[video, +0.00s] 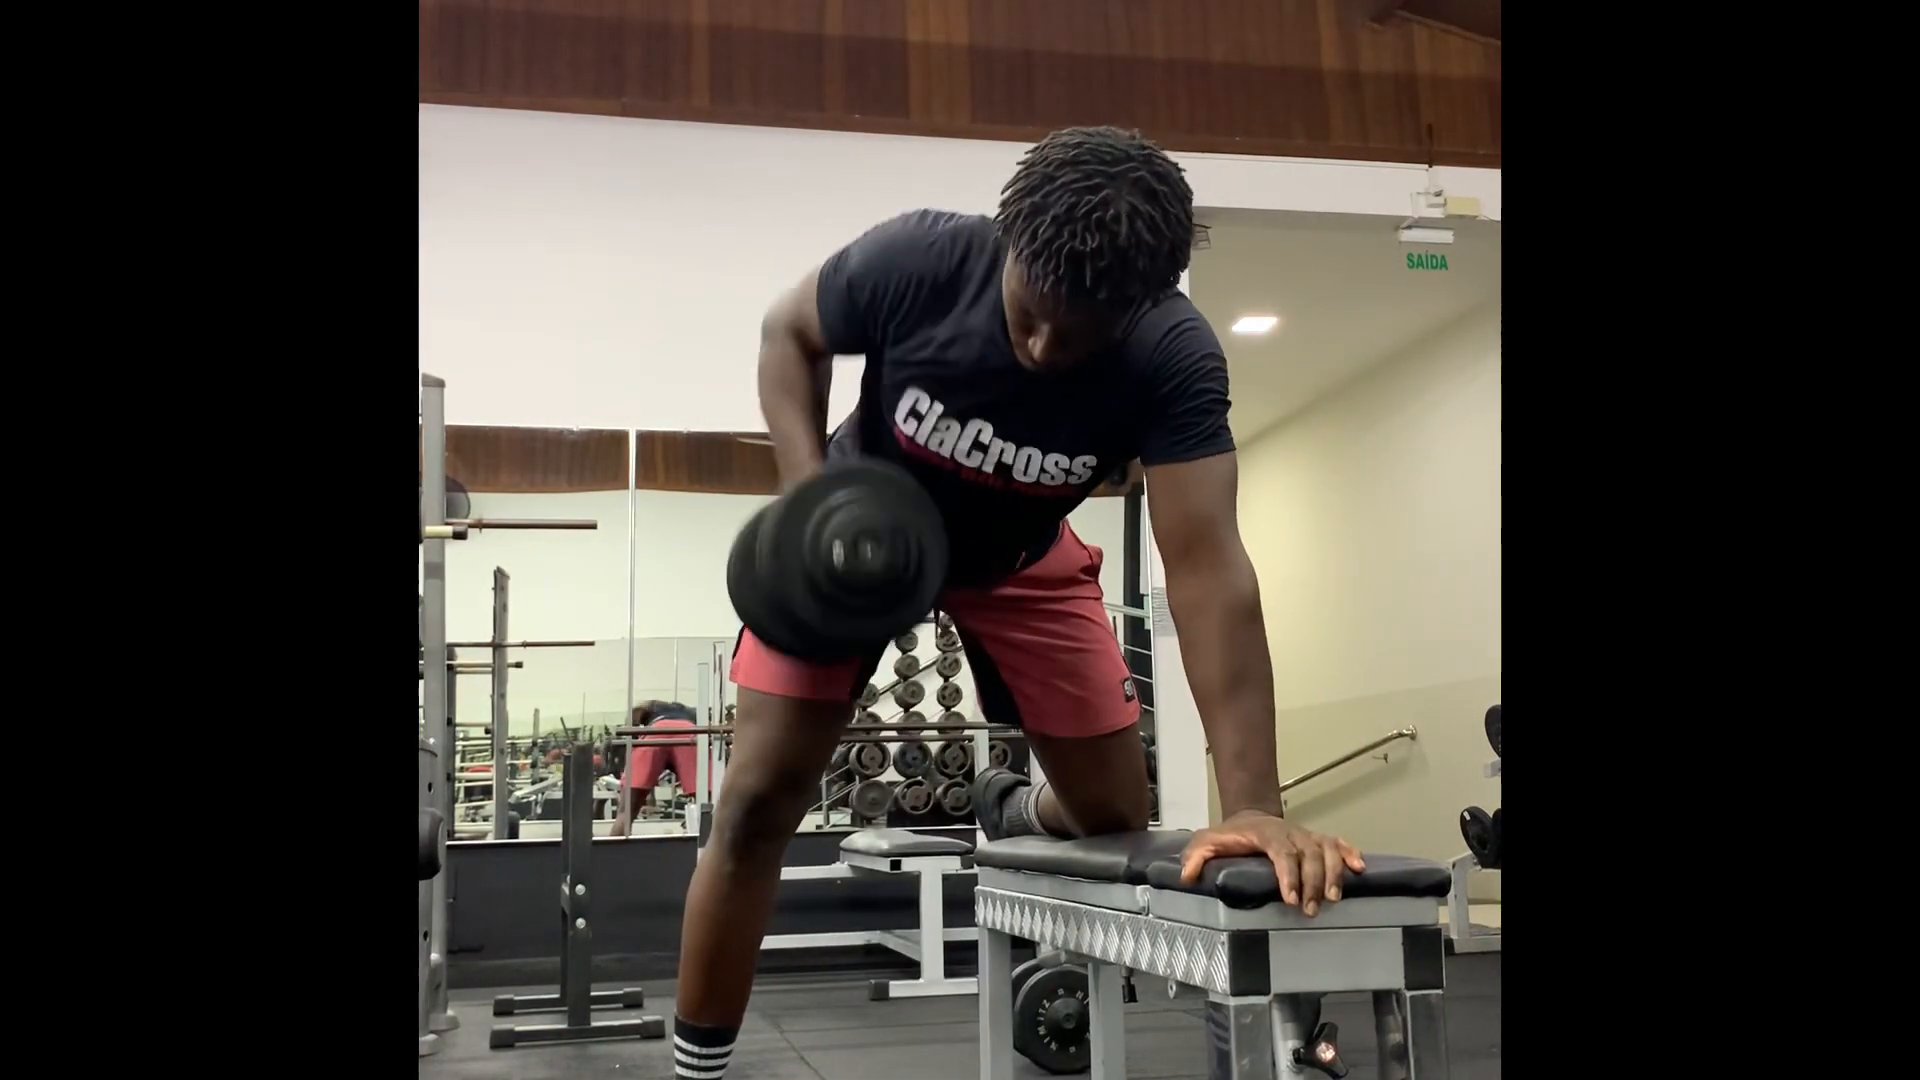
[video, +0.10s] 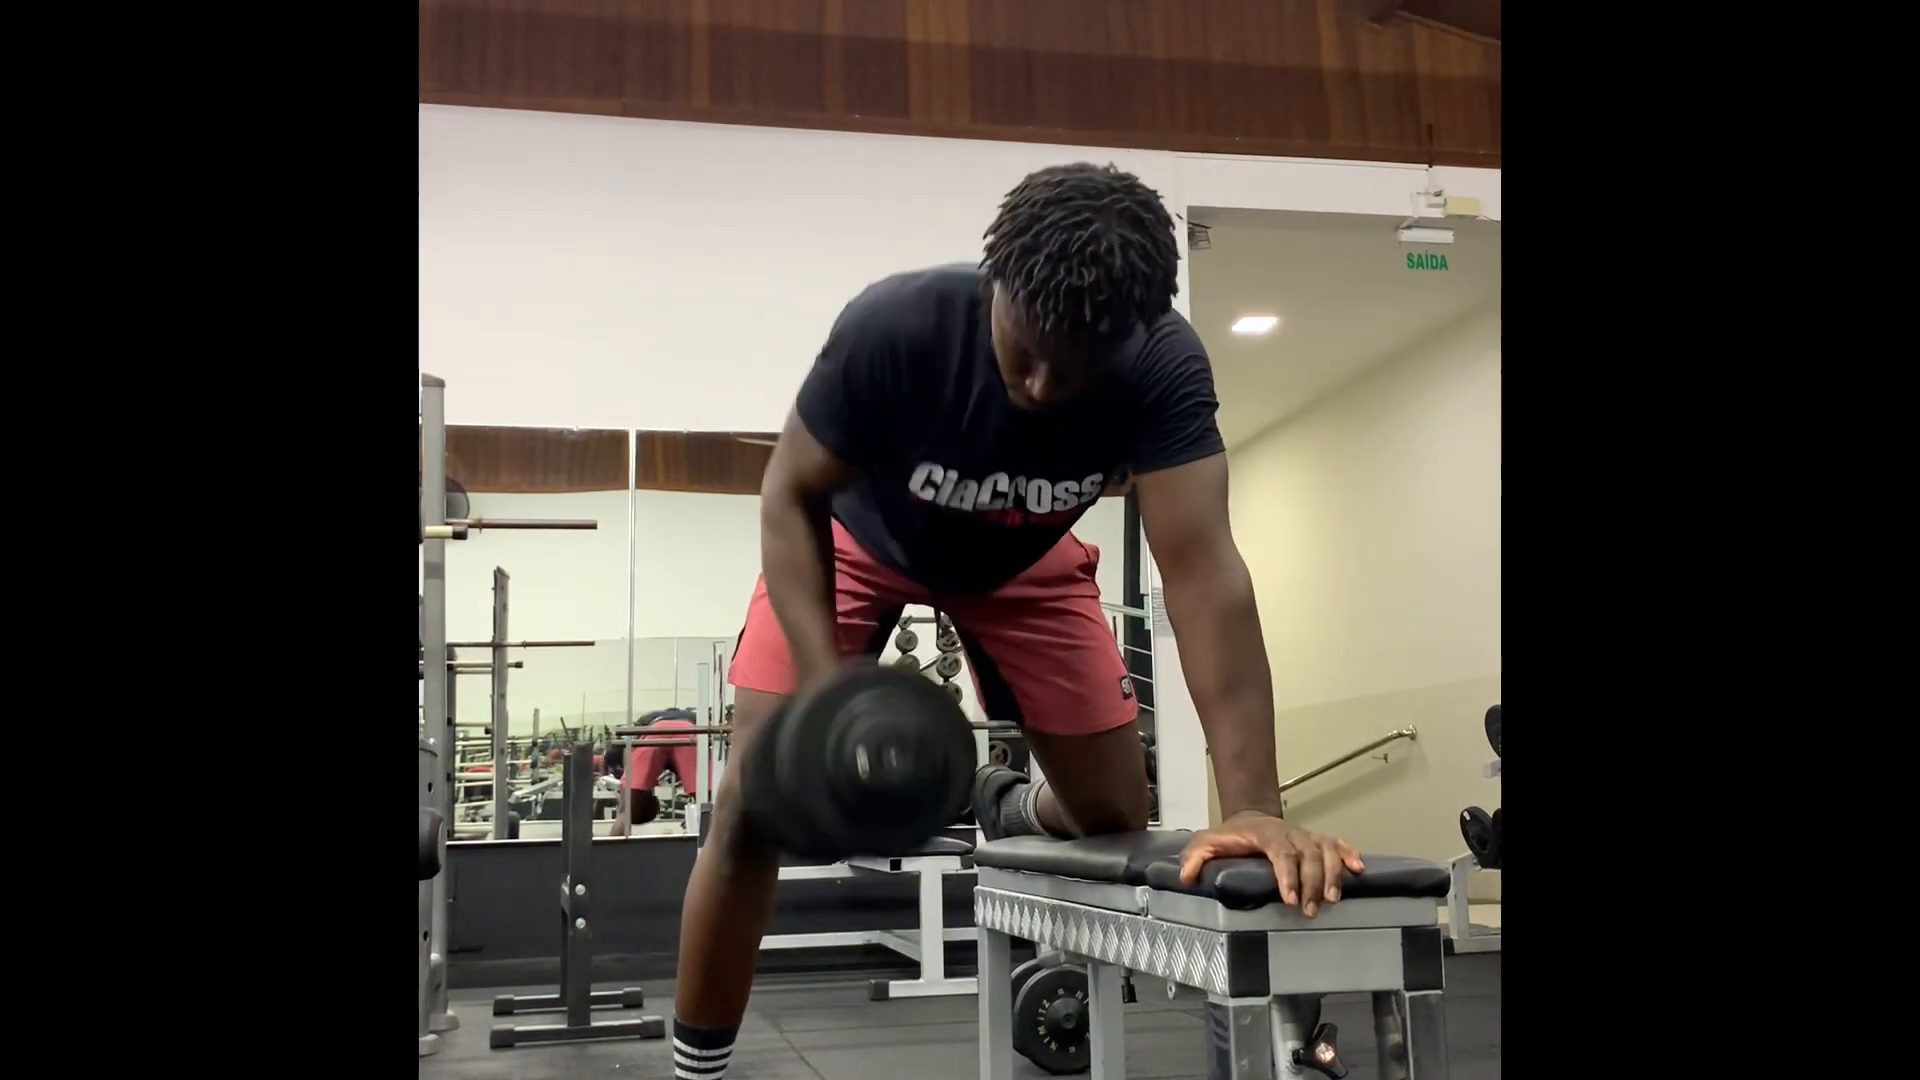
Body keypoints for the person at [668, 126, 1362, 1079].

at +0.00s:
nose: (1045, 348)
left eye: (1081, 332)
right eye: (1030, 313)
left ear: (1140, 303)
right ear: (1008, 247)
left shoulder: (1171, 355)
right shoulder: (920, 263)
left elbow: (1208, 562)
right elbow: (790, 331)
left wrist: (1254, 807)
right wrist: (811, 500)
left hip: (1026, 556)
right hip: (868, 527)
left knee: (1116, 815)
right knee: (755, 803)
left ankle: (1010, 809)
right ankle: (694, 1074)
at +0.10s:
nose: (1043, 387)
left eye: (1077, 366)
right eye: (1026, 352)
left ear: (1129, 330)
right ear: (996, 287)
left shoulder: (1159, 363)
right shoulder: (890, 331)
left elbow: (1201, 563)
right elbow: (787, 495)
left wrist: (1253, 805)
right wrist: (828, 695)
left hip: (1032, 561)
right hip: (859, 538)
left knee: (1118, 815)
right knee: (753, 800)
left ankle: (1001, 807)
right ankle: (695, 1074)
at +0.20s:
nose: (1035, 441)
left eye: (1065, 419)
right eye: (1012, 412)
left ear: (1113, 376)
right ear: (975, 351)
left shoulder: (1140, 380)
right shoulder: (875, 427)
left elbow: (1193, 573)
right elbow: (829, 666)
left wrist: (1253, 805)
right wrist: (870, 907)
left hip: (1027, 566)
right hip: (848, 556)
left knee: (1119, 817)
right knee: (744, 805)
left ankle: (1014, 810)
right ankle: (695, 1066)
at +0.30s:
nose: (1033, 511)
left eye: (1062, 488)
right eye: (1007, 484)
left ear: (1102, 442)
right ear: (964, 426)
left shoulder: (1115, 402)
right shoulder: (873, 520)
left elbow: (1194, 587)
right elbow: (873, 778)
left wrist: (1253, 809)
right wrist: (890, 1031)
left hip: (1020, 564)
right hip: (841, 545)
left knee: (1115, 810)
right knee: (740, 805)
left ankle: (1005, 801)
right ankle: (695, 1068)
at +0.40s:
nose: (1022, 519)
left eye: (1051, 501)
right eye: (999, 492)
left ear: (1094, 455)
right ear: (957, 435)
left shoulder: (1107, 404)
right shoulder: (873, 522)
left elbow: (1191, 592)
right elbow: (875, 782)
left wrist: (1252, 809)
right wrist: (892, 1033)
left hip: (1019, 563)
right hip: (840, 541)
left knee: (1115, 811)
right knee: (737, 805)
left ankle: (1003, 798)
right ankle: (694, 1068)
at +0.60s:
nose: (1064, 314)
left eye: (1100, 296)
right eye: (1048, 275)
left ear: (1153, 276)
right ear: (1028, 216)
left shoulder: (1173, 368)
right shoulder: (928, 259)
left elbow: (1206, 571)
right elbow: (795, 360)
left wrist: (1253, 807)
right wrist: (818, 512)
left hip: (1019, 561)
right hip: (862, 527)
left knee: (1116, 811)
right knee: (758, 800)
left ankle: (1005, 805)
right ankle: (696, 1071)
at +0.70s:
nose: (1078, 318)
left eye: (1113, 300)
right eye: (1061, 281)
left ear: (1168, 276)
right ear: (1039, 215)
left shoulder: (1178, 368)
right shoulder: (939, 239)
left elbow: (1208, 571)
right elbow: (817, 290)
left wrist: (1253, 807)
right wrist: (823, 423)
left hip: (1012, 555)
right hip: (857, 516)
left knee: (1116, 811)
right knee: (751, 800)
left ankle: (1007, 808)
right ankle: (694, 1074)